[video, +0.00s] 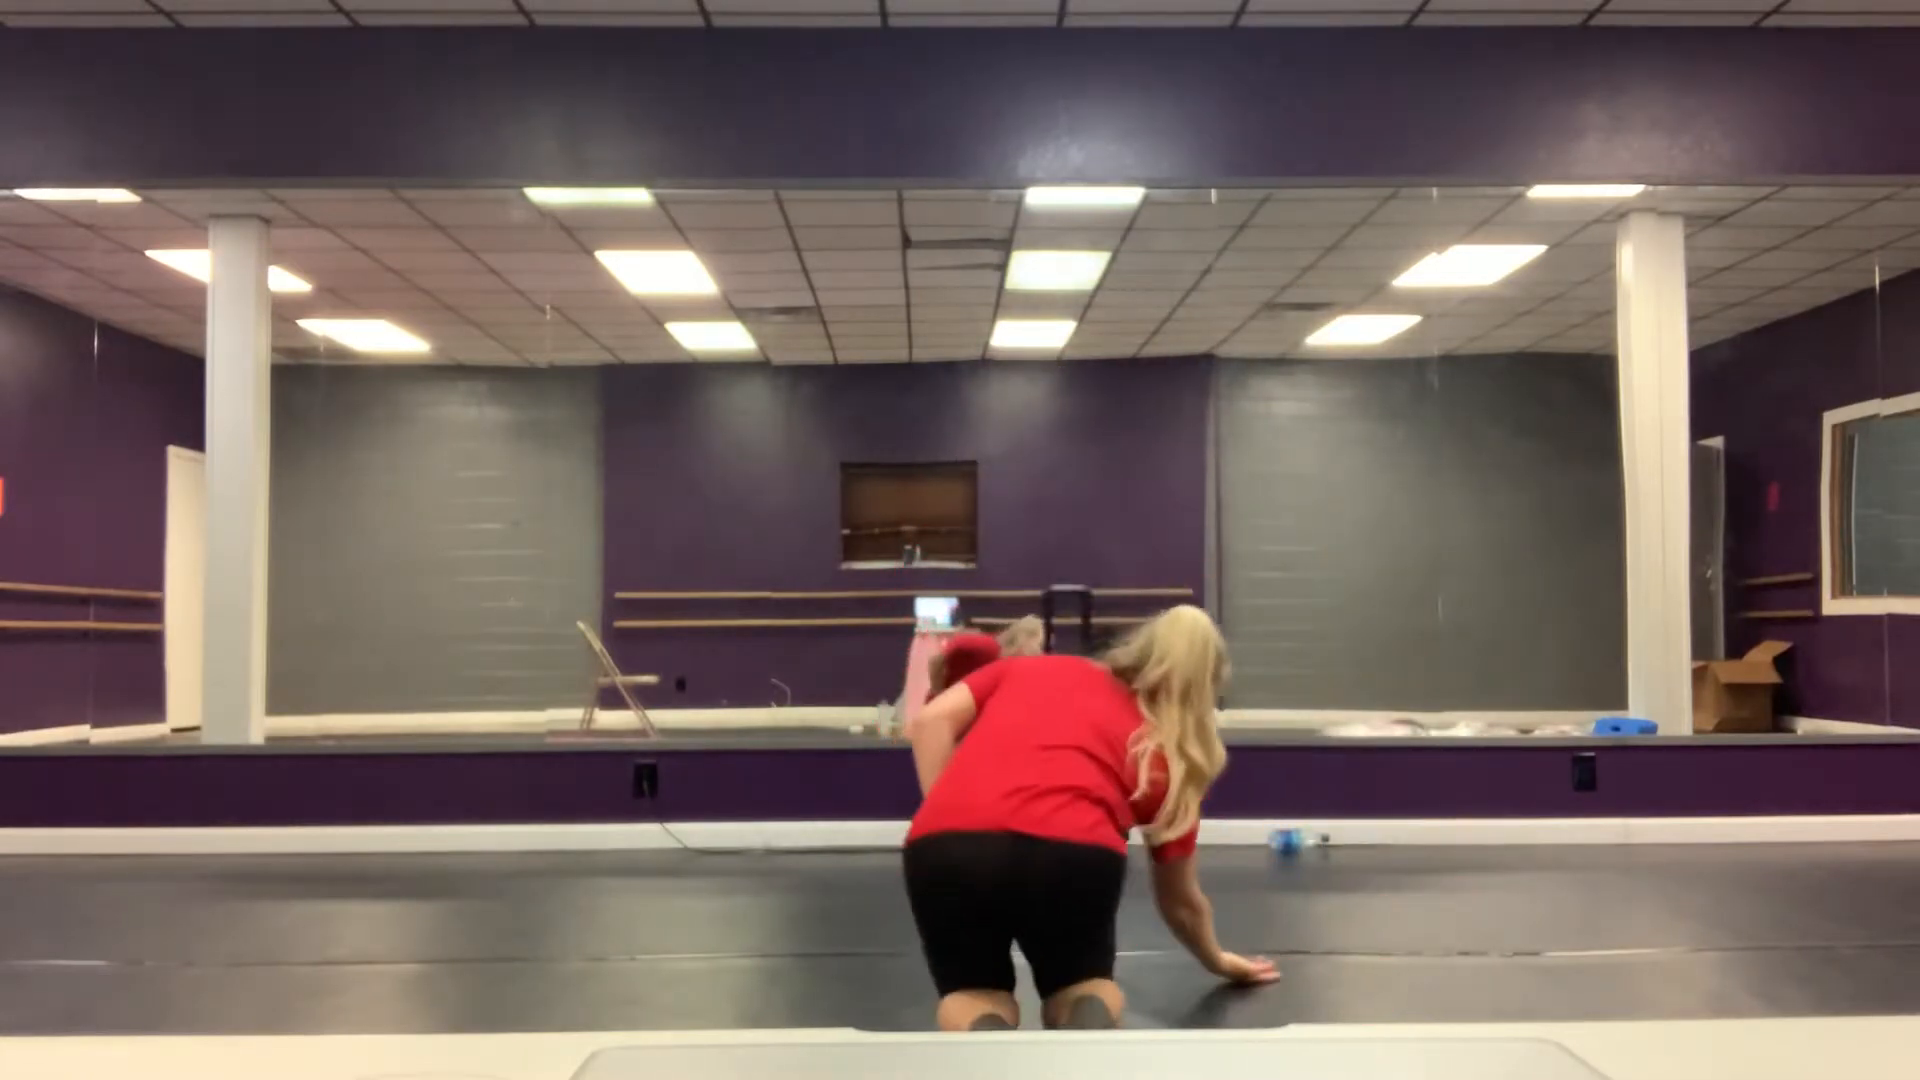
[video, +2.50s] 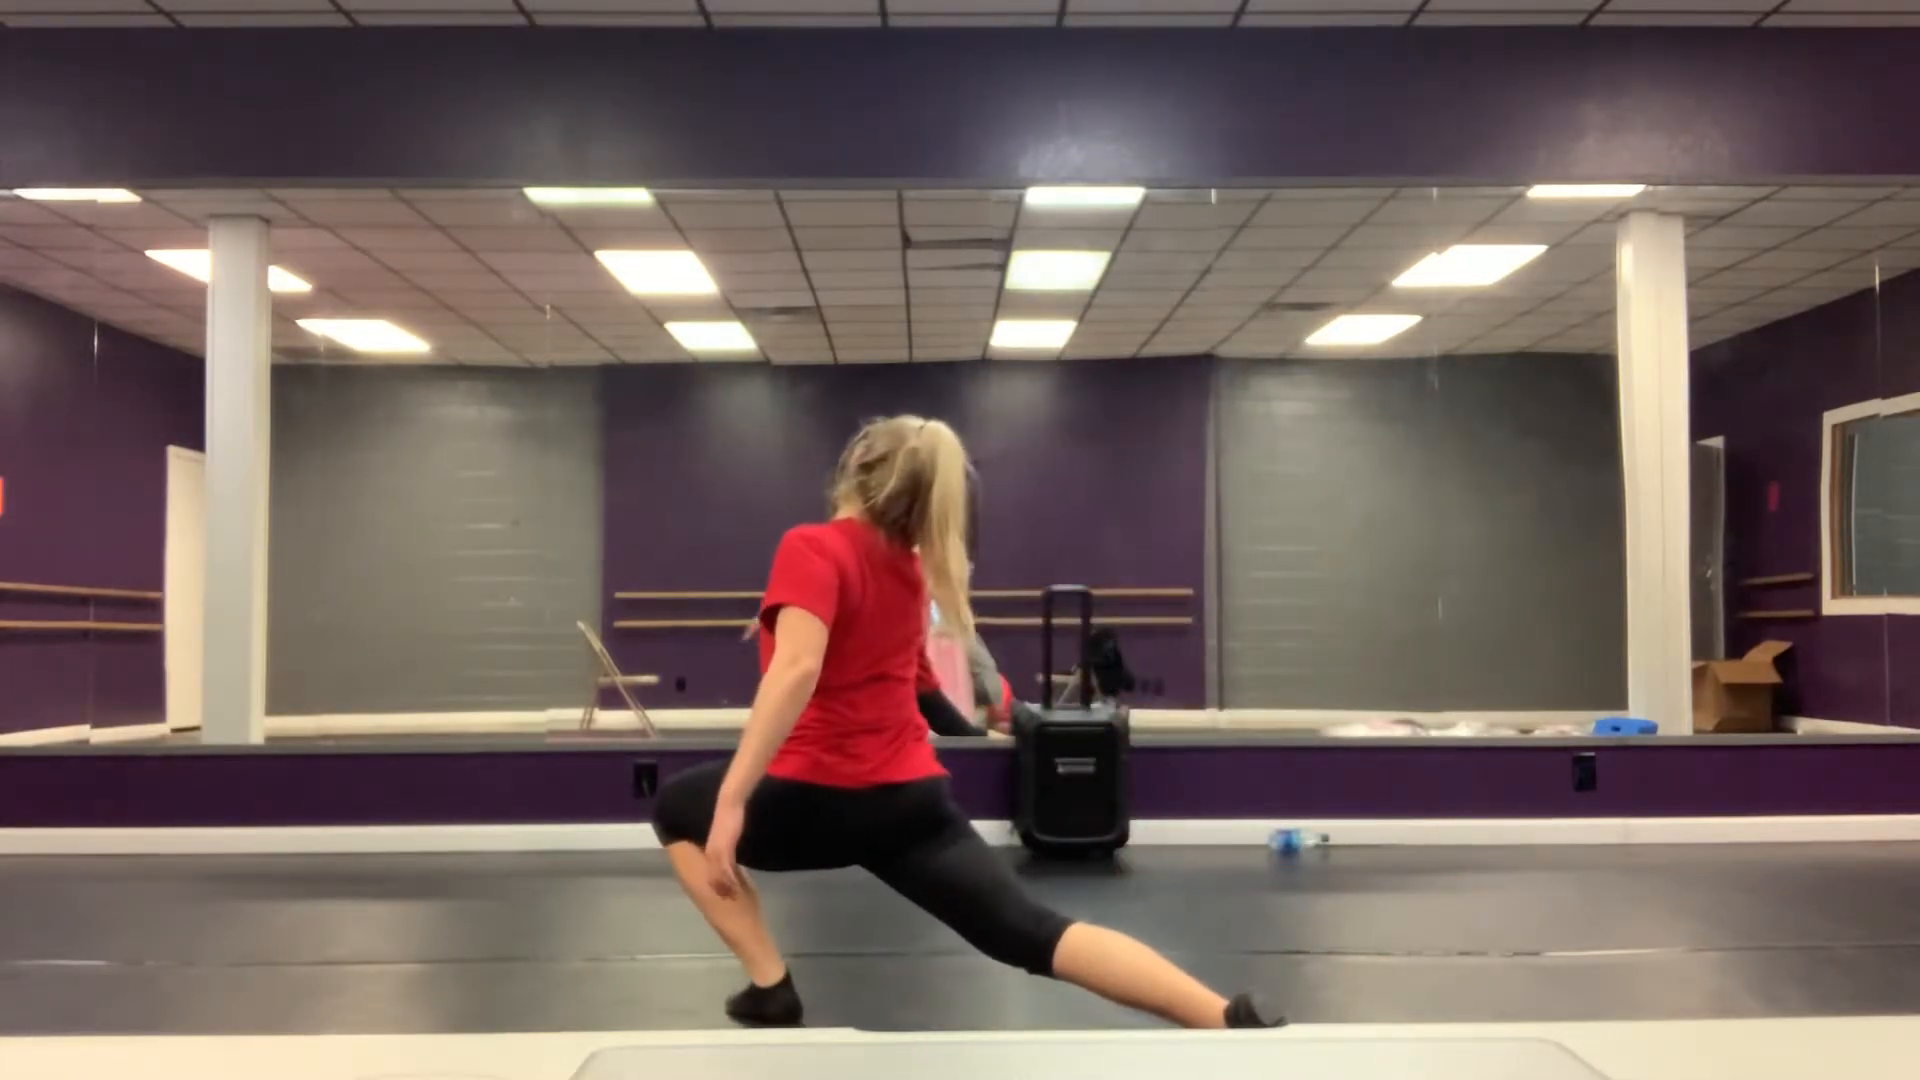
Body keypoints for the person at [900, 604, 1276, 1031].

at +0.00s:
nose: (1212, 698)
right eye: (1212, 684)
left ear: (1135, 651)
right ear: (1199, 684)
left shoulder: (1024, 668)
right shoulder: (1164, 742)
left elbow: (931, 722)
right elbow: (1179, 900)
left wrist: (950, 822)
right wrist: (1217, 960)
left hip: (947, 848)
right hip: (1073, 856)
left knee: (974, 989)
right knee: (1080, 985)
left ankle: (981, 1037)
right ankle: (1090, 1021)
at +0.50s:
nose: (1204, 677)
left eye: (1210, 669)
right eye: (1208, 666)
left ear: (1163, 596)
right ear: (1200, 651)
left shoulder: (1081, 582)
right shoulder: (1165, 710)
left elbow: (995, 604)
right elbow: (1122, 847)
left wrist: (958, 715)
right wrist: (1098, 943)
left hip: (985, 770)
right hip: (1088, 818)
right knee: (1069, 992)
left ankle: (914, 936)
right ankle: (1114, 982)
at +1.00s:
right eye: (1104, 526)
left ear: (1019, 485)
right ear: (1088, 526)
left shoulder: (942, 516)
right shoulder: (1081, 600)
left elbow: (894, 574)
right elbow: (1136, 702)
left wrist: (820, 703)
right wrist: (1153, 830)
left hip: (899, 783)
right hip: (1005, 807)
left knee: (775, 781)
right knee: (1068, 995)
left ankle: (773, 986)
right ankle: (1216, 1015)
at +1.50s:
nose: (1005, 497)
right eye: (1000, 480)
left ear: (910, 465)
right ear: (986, 488)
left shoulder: (838, 537)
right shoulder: (980, 575)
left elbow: (784, 654)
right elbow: (1086, 616)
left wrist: (714, 771)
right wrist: (1198, 645)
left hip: (816, 794)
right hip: (922, 799)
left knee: (699, 815)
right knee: (1037, 944)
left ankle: (768, 985)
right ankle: (1231, 1023)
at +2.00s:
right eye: (965, 494)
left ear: (881, 471)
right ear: (953, 500)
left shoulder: (829, 541)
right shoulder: (935, 565)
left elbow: (800, 659)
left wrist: (730, 786)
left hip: (812, 797)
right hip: (911, 796)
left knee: (683, 803)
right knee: (1030, 927)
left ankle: (770, 984)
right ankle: (1226, 1015)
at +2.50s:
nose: (948, 511)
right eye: (944, 495)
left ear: (860, 473)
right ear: (929, 497)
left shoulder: (816, 548)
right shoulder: (913, 566)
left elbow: (798, 669)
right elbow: (907, 674)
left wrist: (732, 798)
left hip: (816, 805)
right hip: (909, 801)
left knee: (677, 808)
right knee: (1028, 931)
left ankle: (769, 985)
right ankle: (1224, 1015)